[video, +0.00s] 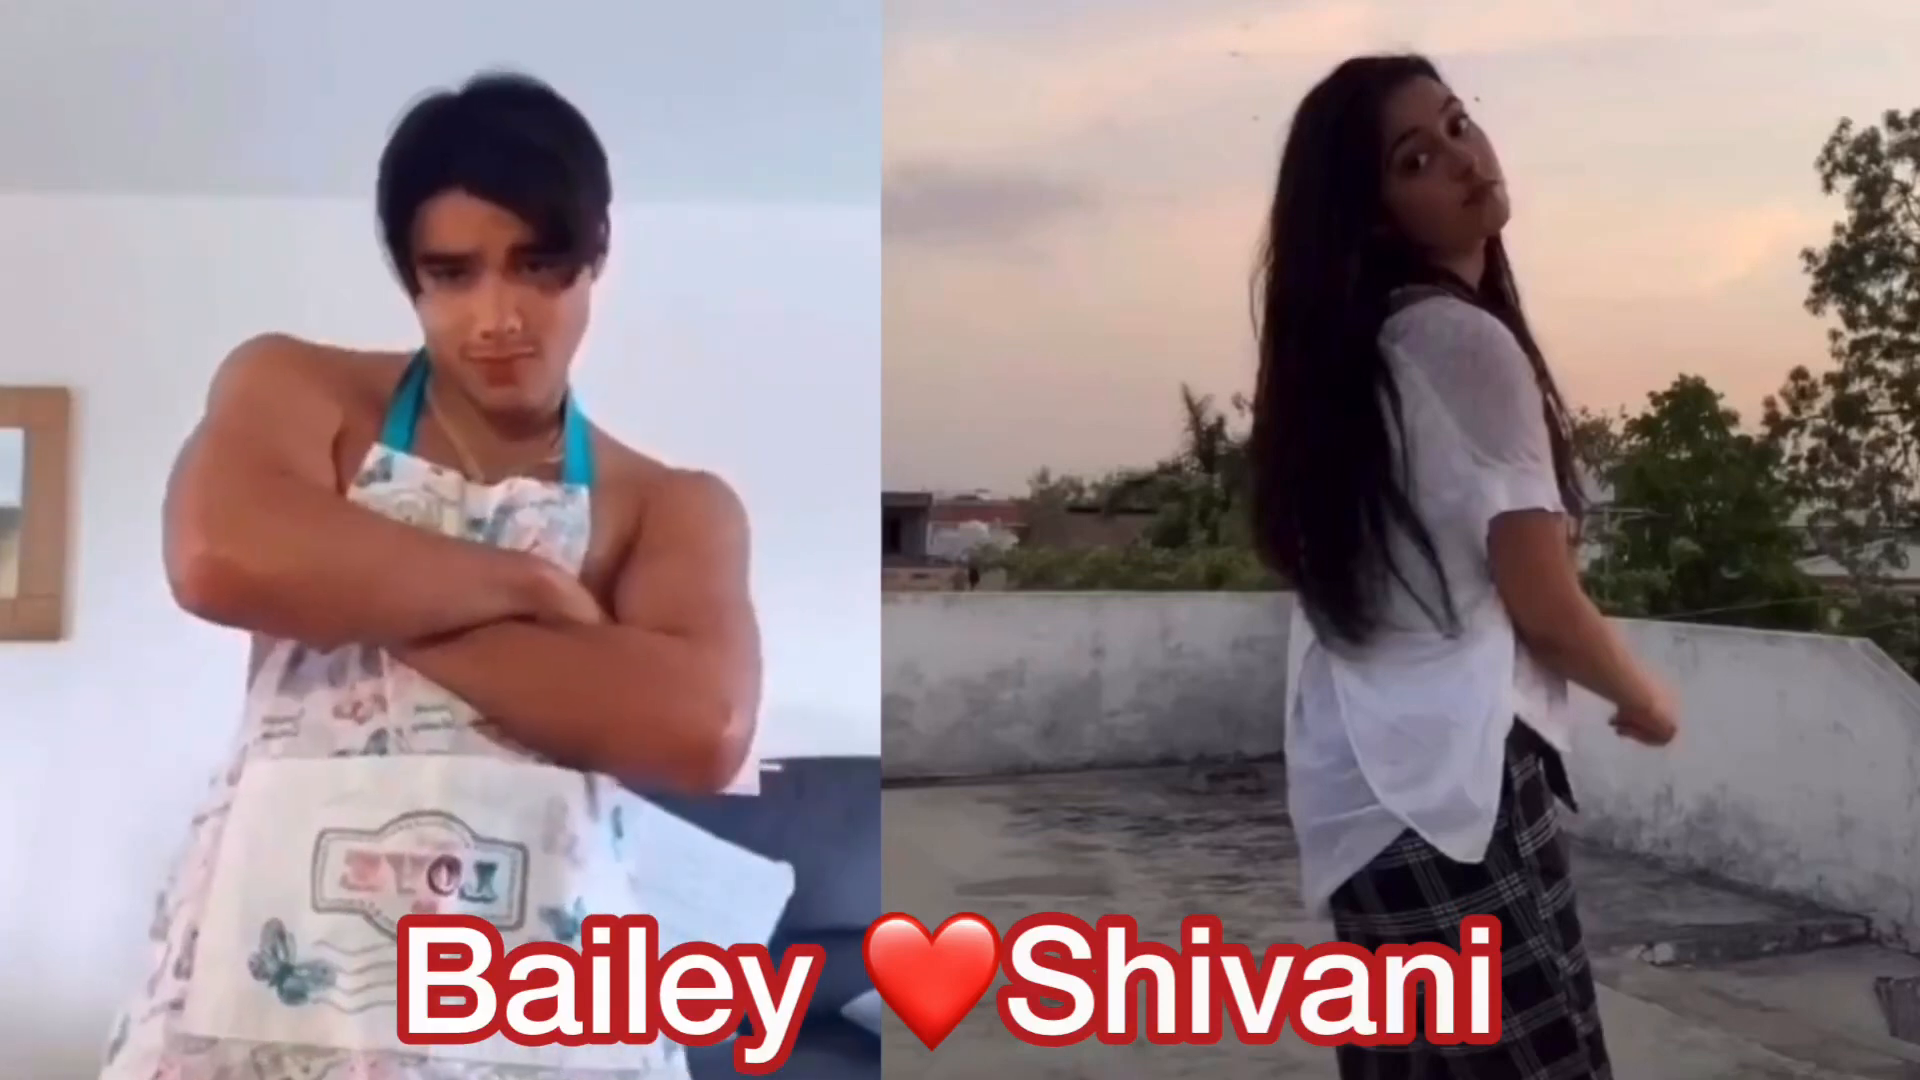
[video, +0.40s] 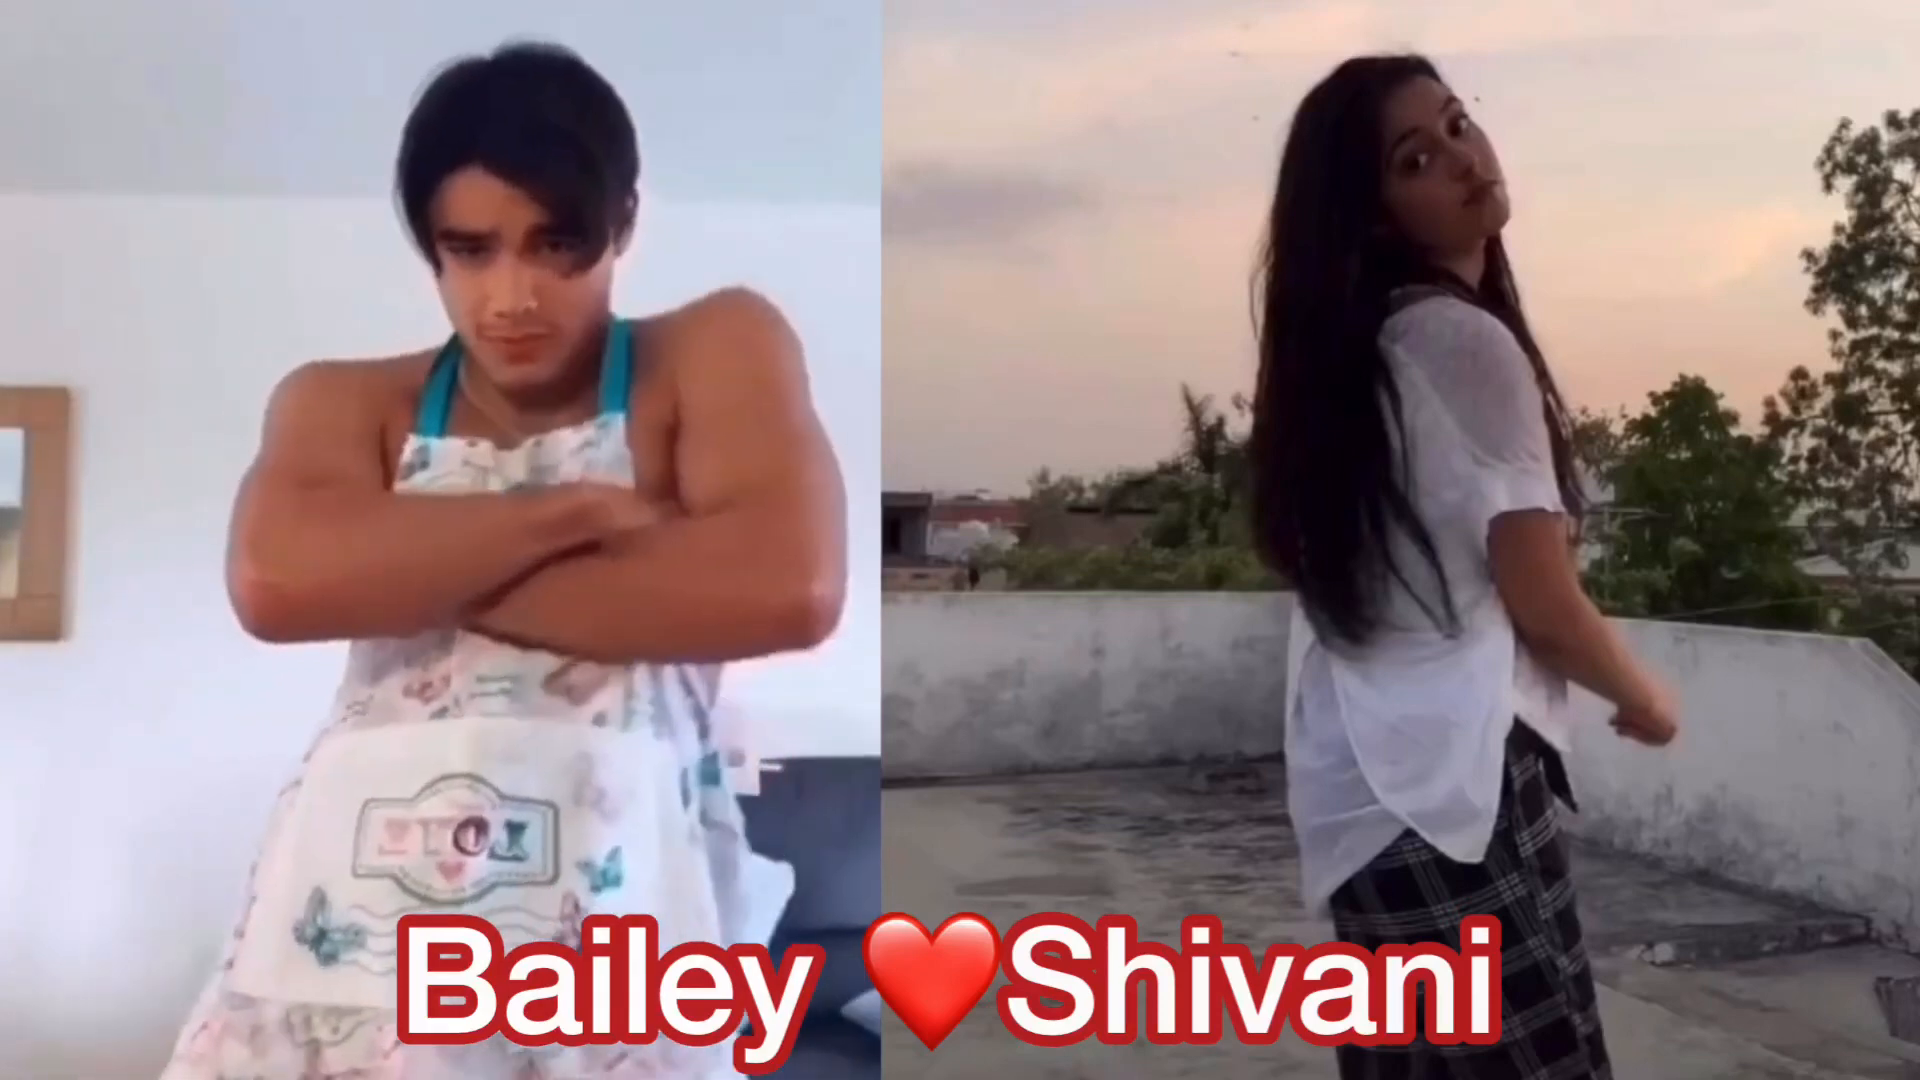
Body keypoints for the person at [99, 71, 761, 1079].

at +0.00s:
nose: (495, 318)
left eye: (541, 268)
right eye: (451, 273)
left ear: (598, 255)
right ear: (407, 274)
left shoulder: (676, 507)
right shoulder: (291, 385)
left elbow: (702, 734)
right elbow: (219, 556)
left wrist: (397, 613)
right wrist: (529, 584)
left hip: (544, 1000)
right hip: (267, 984)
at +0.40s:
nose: (511, 297)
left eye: (557, 247)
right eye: (469, 249)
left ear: (625, 228)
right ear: (427, 243)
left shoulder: (717, 348)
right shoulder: (342, 398)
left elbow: (787, 586)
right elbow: (277, 583)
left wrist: (455, 575)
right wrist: (586, 511)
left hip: (616, 876)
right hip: (362, 870)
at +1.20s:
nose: (538, 306)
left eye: (582, 260)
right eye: (497, 261)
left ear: (638, 251)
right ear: (452, 255)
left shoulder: (719, 418)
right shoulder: (347, 386)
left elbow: (817, 649)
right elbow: (378, 593)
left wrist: (513, 585)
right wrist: (650, 540)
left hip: (708, 922)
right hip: (456, 926)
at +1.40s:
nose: (528, 323)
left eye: (571, 273)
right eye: (483, 278)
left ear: (620, 269)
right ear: (431, 280)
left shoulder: (684, 494)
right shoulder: (333, 360)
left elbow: (731, 728)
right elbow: (294, 551)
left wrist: (454, 605)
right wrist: (579, 583)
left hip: (591, 971)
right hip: (327, 950)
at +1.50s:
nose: (518, 348)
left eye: (559, 300)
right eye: (472, 305)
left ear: (610, 294)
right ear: (423, 302)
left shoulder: (678, 518)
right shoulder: (322, 379)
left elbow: (704, 744)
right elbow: (249, 557)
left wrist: (413, 627)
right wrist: (546, 599)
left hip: (547, 969)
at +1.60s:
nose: (513, 355)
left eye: (555, 307)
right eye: (466, 309)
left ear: (608, 299)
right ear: (418, 307)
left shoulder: (682, 509)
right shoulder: (312, 396)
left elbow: (691, 736)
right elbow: (214, 557)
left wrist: (387, 622)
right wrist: (518, 586)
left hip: (532, 983)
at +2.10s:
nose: (606, 300)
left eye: (655, 250)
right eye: (565, 249)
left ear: (710, 247)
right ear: (517, 247)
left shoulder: (791, 333)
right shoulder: (432, 470)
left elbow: (846, 560)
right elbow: (384, 648)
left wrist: (544, 605)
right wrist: (665, 510)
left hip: (775, 924)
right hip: (525, 950)